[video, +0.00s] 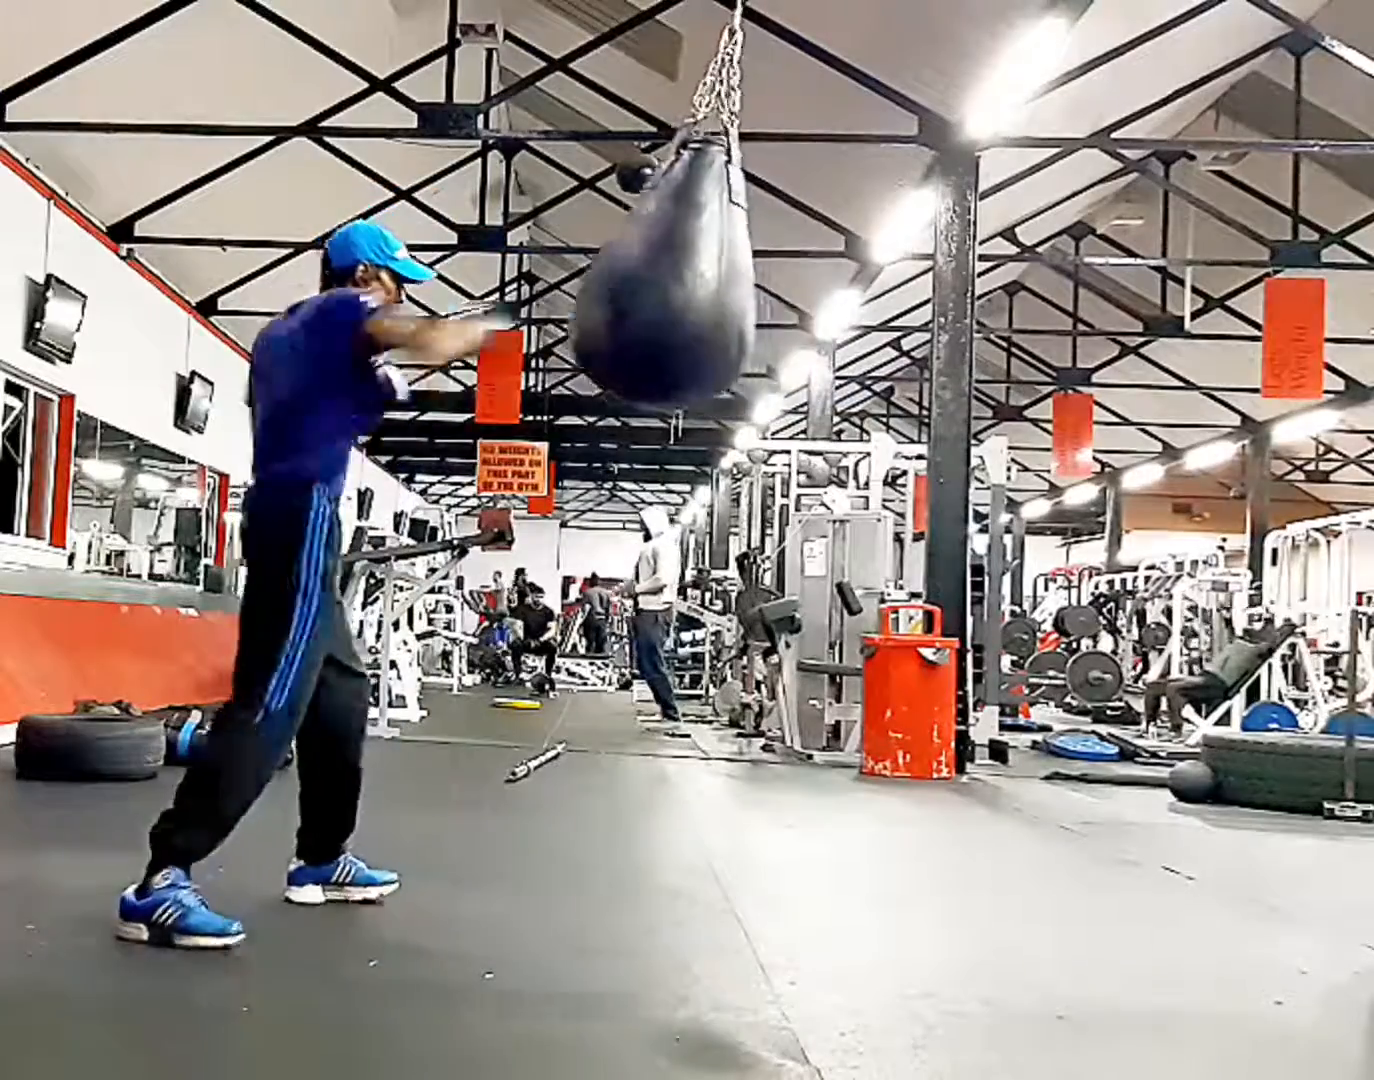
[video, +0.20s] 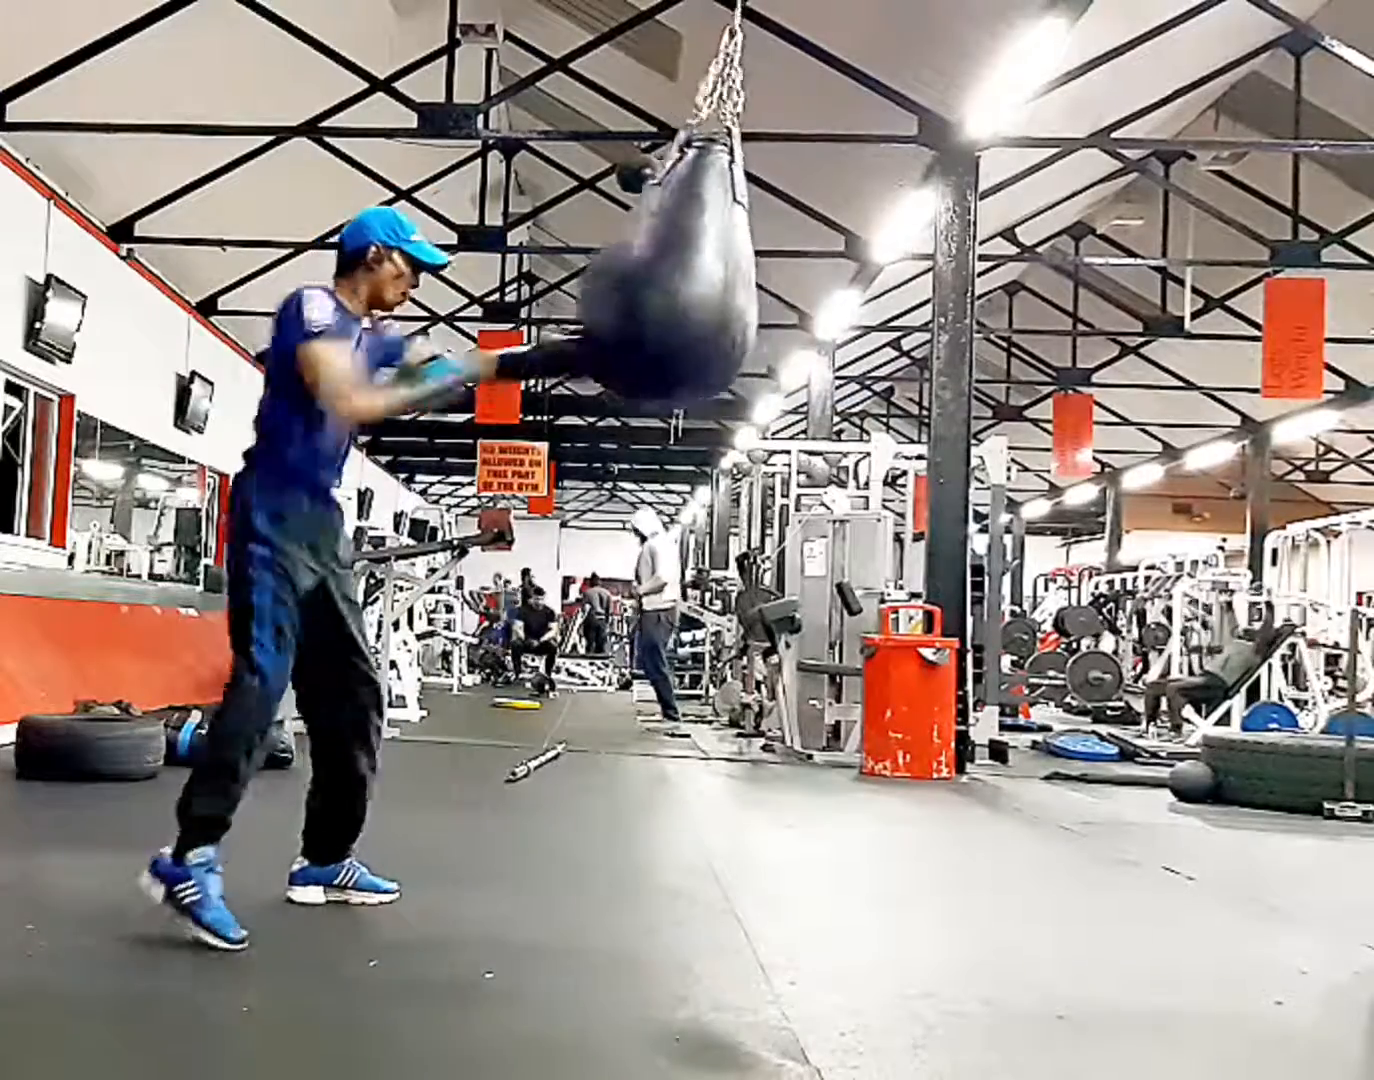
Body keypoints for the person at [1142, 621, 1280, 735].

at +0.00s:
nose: (1262, 635)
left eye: (1263, 634)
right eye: (1262, 633)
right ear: (1255, 635)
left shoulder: (1257, 650)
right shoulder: (1236, 643)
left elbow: (1273, 645)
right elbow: (1230, 635)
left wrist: (1286, 629)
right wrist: (1225, 619)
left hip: (1219, 681)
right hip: (1204, 674)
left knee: (1174, 689)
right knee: (1152, 688)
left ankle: (1177, 731)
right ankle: (1148, 728)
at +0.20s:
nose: (1250, 631)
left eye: (1254, 631)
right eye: (1253, 630)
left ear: (1259, 637)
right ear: (1249, 633)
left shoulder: (1256, 653)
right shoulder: (1237, 643)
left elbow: (1266, 633)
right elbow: (1232, 629)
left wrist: (1268, 610)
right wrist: (1228, 607)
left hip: (1219, 680)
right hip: (1205, 674)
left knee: (1173, 689)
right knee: (1152, 688)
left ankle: (1176, 730)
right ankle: (1148, 727)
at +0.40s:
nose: (1257, 631)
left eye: (1260, 630)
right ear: (1255, 634)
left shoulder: (1256, 651)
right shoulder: (1236, 643)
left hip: (1218, 682)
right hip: (1203, 675)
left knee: (1174, 690)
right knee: (1152, 688)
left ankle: (1176, 732)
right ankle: (1148, 726)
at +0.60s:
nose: (1257, 634)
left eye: (1256, 631)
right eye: (1257, 632)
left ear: (1249, 635)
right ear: (1253, 635)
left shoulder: (1256, 651)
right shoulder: (1236, 645)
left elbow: (1275, 652)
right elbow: (1221, 651)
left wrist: (1275, 636)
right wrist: (1222, 632)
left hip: (1216, 681)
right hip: (1205, 674)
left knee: (1173, 689)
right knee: (1153, 688)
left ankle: (1176, 730)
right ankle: (1147, 727)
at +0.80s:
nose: (1259, 636)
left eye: (1259, 633)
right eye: (1259, 633)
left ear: (1255, 637)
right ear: (1254, 636)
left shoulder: (1256, 650)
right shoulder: (1234, 646)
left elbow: (1278, 655)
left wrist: (1277, 644)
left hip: (1217, 681)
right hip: (1202, 674)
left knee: (1173, 689)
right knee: (1152, 688)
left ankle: (1176, 730)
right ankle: (1147, 727)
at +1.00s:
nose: (1251, 626)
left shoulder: (1258, 650)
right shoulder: (1236, 643)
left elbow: (1273, 644)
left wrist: (1283, 632)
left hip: (1218, 682)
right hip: (1203, 676)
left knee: (1174, 689)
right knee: (1152, 688)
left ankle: (1176, 730)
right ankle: (1148, 727)